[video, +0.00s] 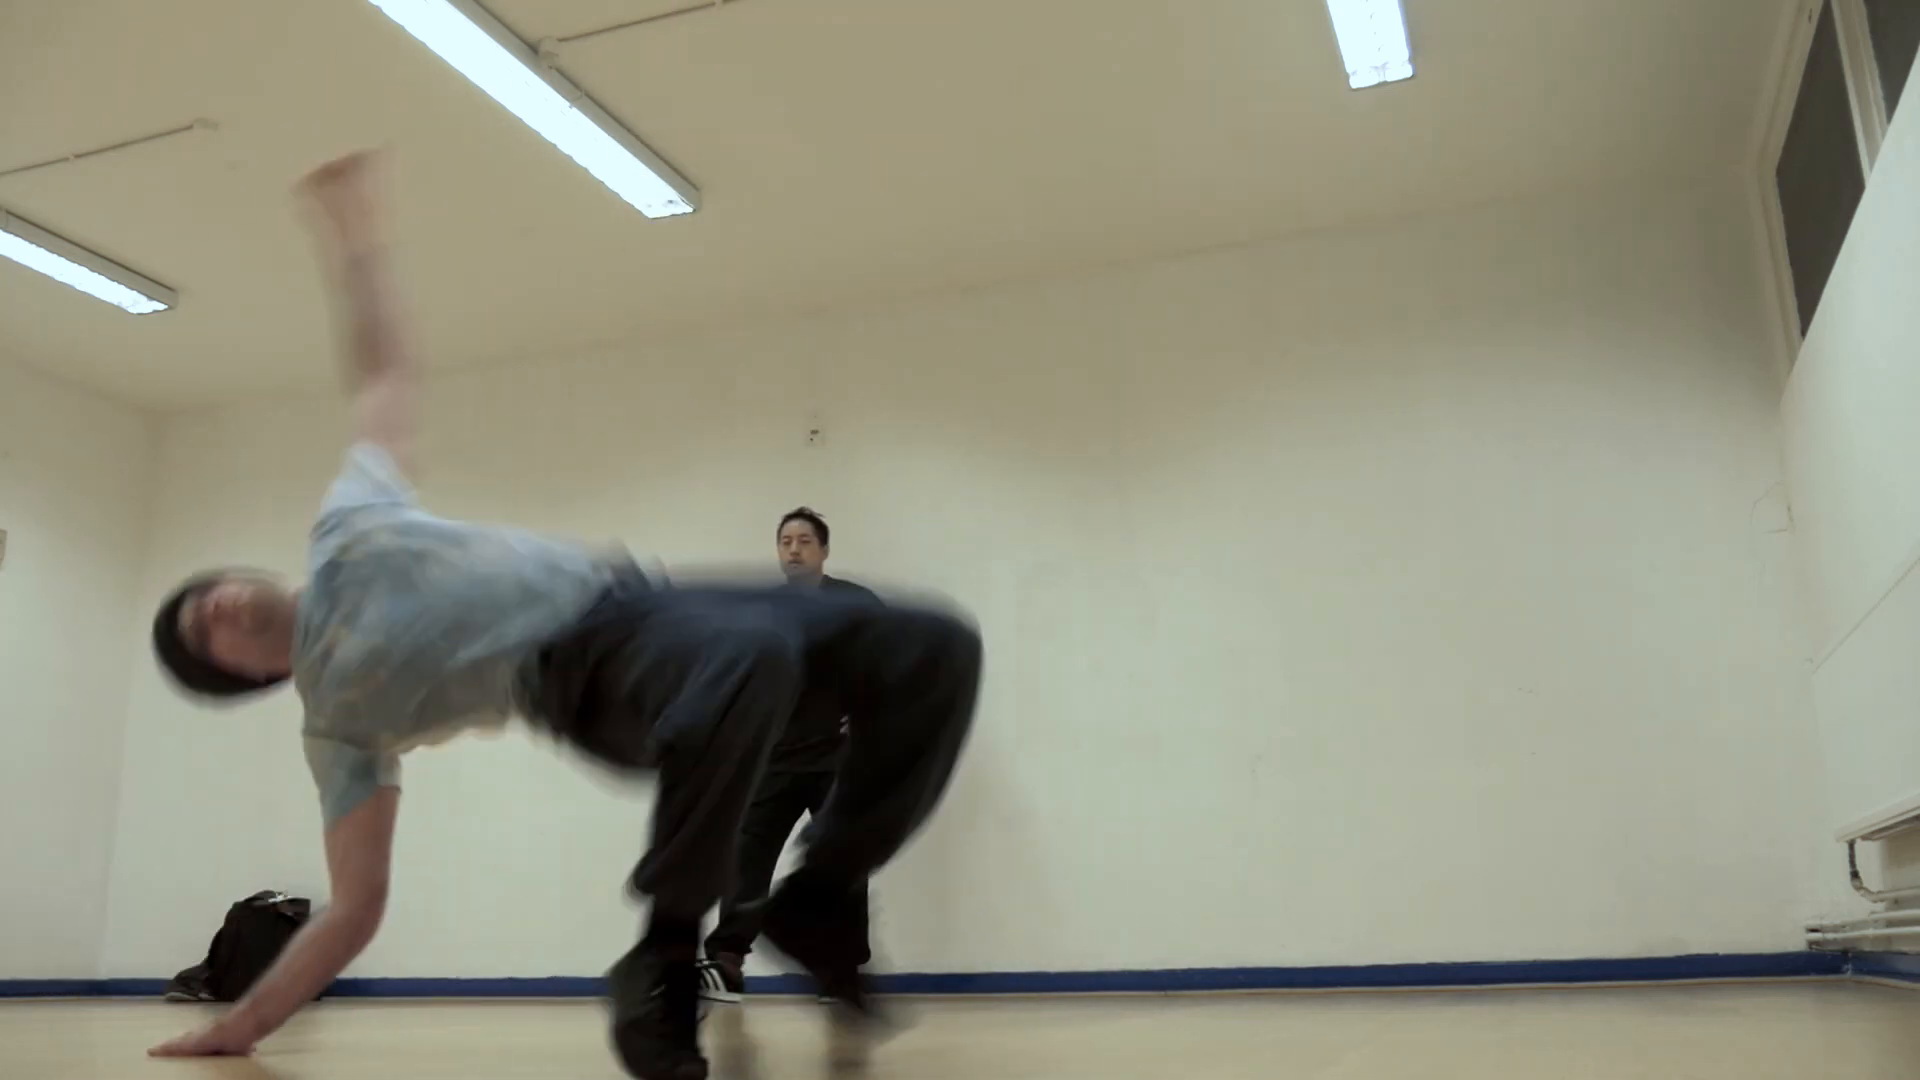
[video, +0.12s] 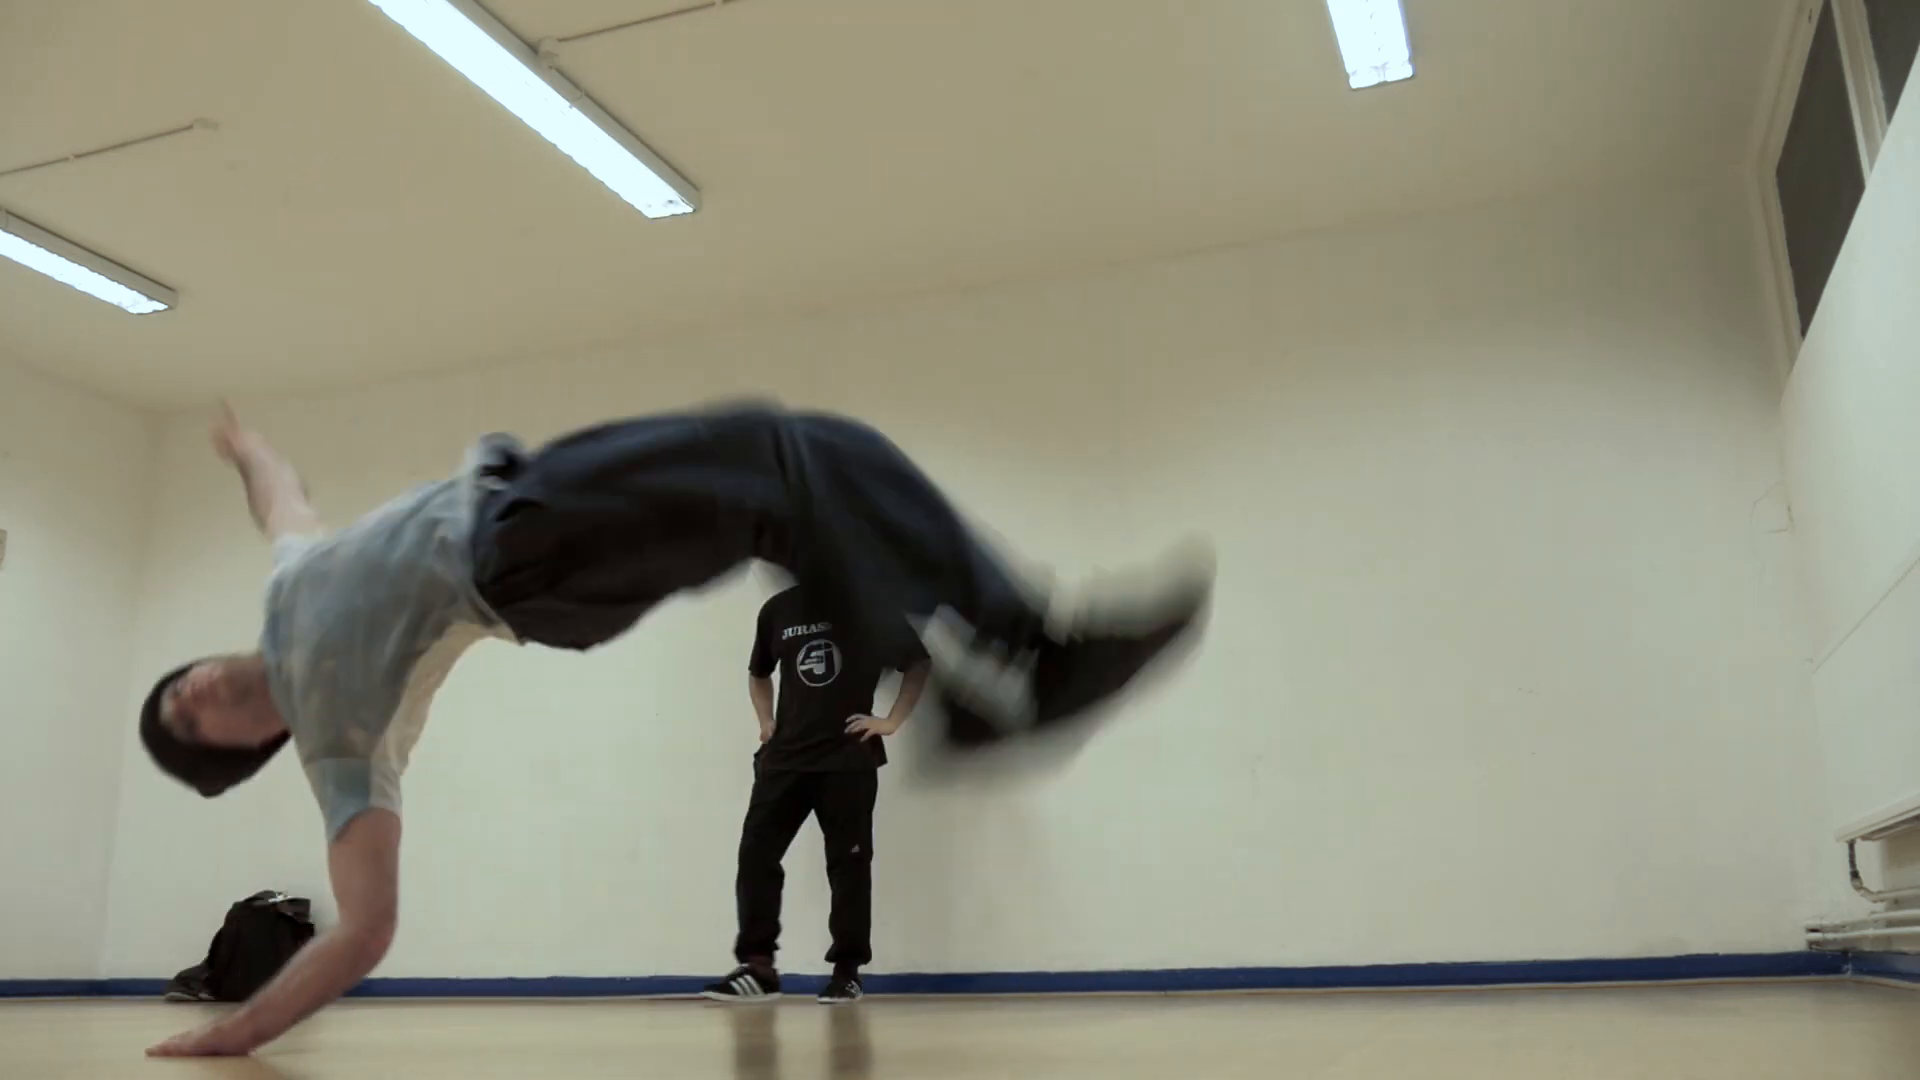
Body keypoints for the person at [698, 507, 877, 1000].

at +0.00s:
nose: (794, 550)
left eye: (805, 541)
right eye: (786, 541)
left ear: (825, 550)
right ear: (776, 551)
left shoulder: (857, 604)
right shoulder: (763, 609)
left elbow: (887, 685)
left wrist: (866, 754)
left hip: (836, 757)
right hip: (774, 757)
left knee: (843, 853)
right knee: (750, 853)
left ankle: (844, 966)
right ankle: (726, 959)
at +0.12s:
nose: (819, 565)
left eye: (828, 557)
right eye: (812, 556)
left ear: (846, 563)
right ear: (804, 560)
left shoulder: (870, 608)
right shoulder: (778, 610)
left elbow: (918, 663)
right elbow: (759, 671)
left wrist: (892, 721)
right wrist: (767, 724)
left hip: (848, 756)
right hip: (786, 756)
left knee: (848, 863)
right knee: (756, 856)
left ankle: (845, 973)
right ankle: (758, 968)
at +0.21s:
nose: (818, 548)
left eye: (829, 541)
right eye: (811, 541)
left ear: (847, 552)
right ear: (802, 551)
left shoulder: (875, 606)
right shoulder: (782, 610)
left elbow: (922, 663)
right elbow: (765, 672)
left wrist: (892, 722)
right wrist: (771, 724)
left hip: (850, 756)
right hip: (790, 757)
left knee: (850, 862)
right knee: (765, 856)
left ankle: (846, 973)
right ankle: (780, 967)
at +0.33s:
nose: (824, 549)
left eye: (835, 543)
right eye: (818, 542)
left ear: (854, 554)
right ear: (808, 552)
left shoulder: (879, 607)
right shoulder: (788, 612)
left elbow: (923, 666)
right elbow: (772, 673)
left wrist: (894, 722)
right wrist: (778, 722)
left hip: (853, 756)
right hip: (794, 756)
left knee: (852, 860)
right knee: (780, 858)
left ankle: (848, 971)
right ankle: (811, 961)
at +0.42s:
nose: (825, 551)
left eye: (835, 544)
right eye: (818, 544)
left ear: (855, 554)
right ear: (809, 554)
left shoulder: (878, 608)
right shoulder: (790, 613)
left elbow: (923, 667)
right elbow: (777, 676)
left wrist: (893, 722)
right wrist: (781, 725)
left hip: (853, 755)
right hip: (796, 756)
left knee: (851, 859)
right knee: (790, 860)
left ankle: (849, 970)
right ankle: (825, 955)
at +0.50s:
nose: (824, 552)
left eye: (835, 546)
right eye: (818, 545)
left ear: (855, 555)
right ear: (810, 554)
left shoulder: (877, 609)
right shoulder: (792, 616)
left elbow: (923, 667)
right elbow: (783, 678)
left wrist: (890, 722)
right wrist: (784, 724)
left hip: (852, 755)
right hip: (798, 757)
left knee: (849, 858)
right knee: (803, 864)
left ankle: (850, 968)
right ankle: (834, 962)